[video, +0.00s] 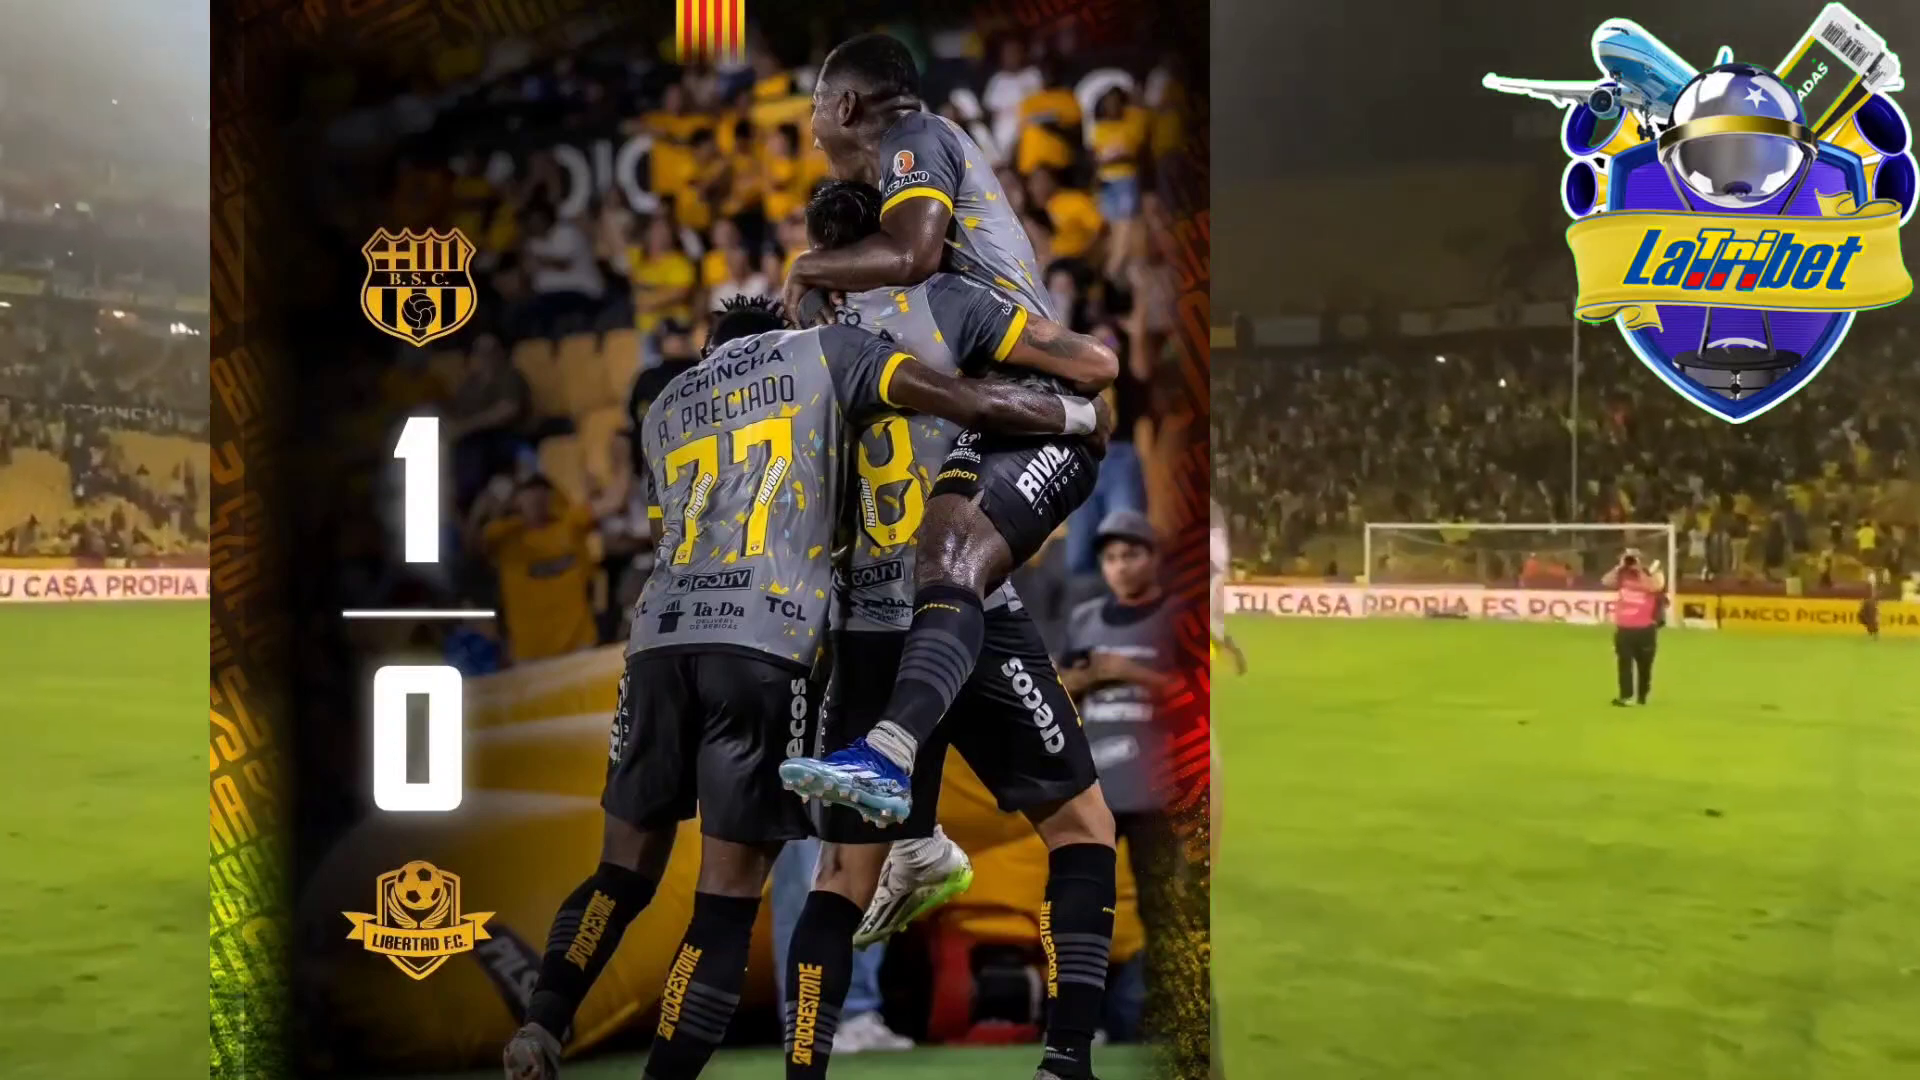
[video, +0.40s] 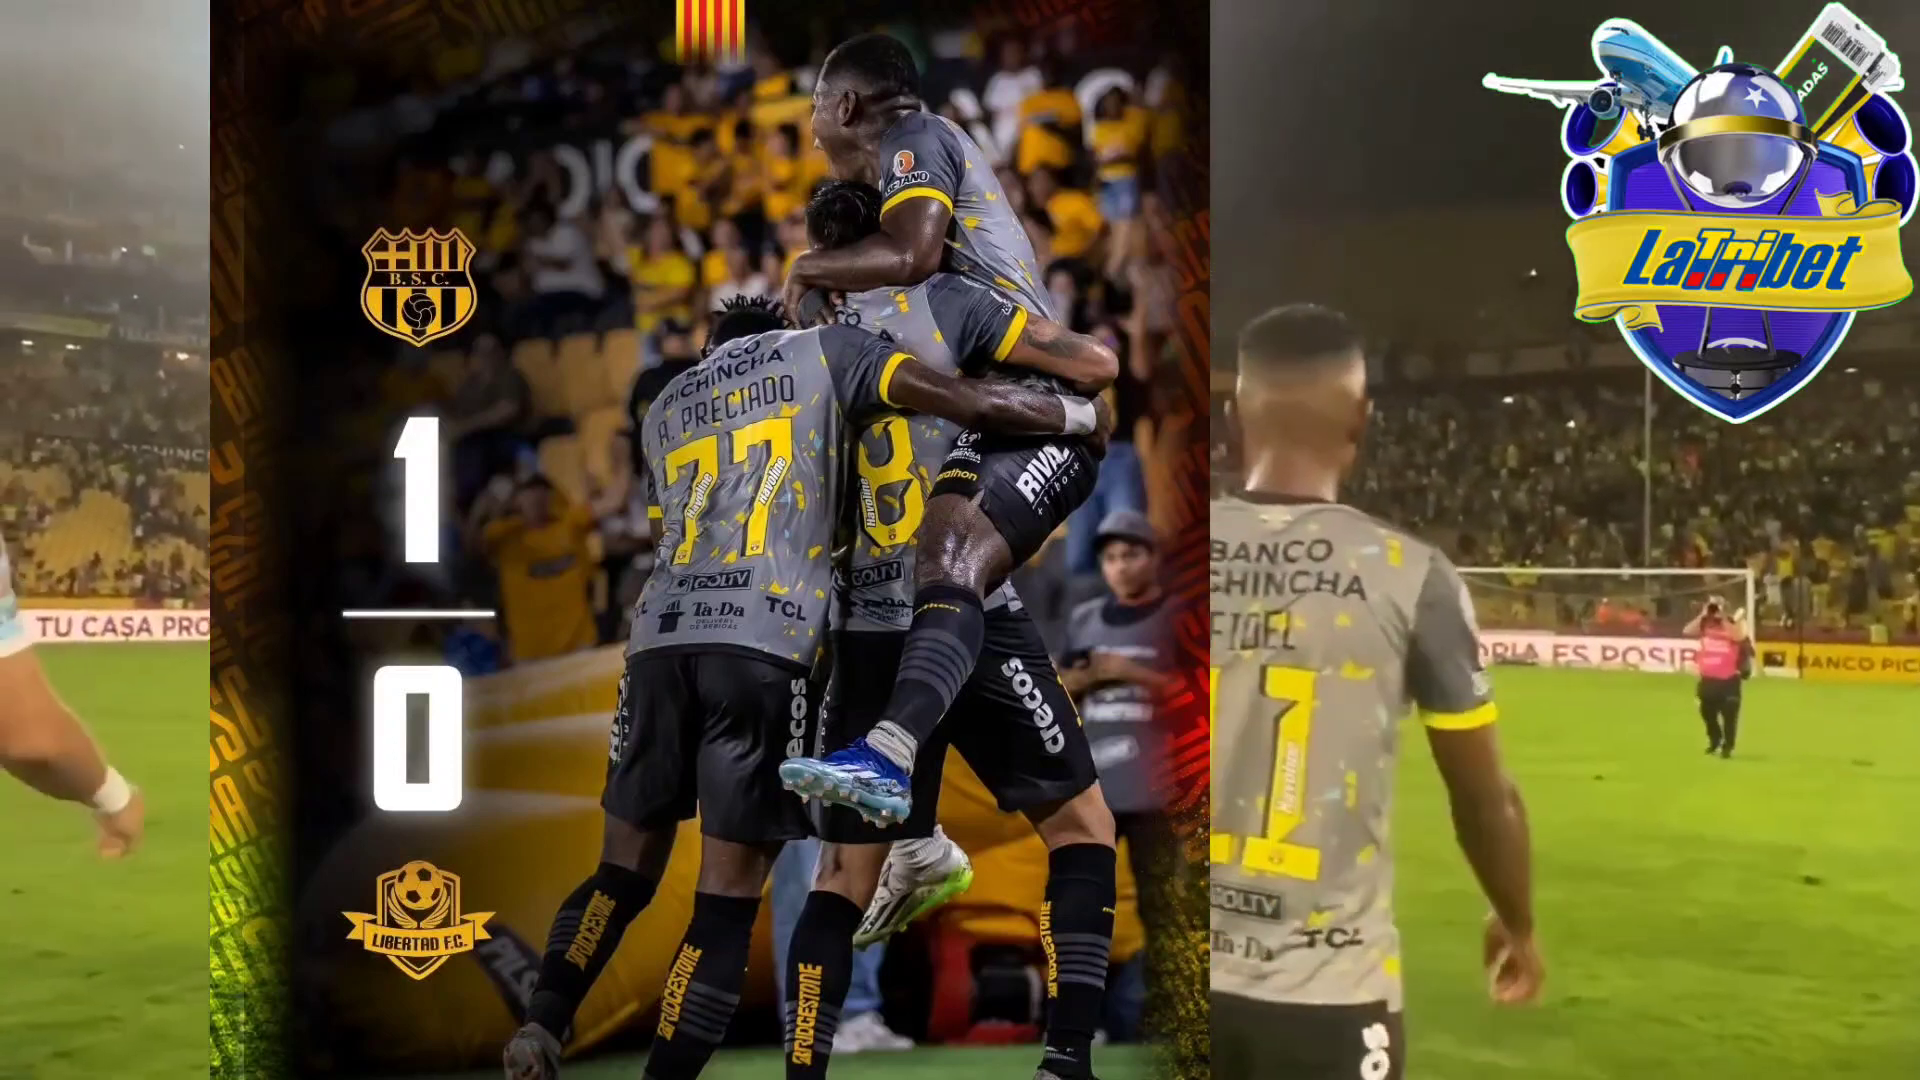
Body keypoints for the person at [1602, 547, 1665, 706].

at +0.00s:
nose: (1632, 565)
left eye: (1635, 561)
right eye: (1628, 562)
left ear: (1641, 562)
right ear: (1625, 564)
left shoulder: (1650, 577)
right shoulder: (1623, 578)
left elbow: (1655, 587)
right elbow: (1605, 581)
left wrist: (1640, 571)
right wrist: (1619, 567)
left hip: (1644, 626)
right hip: (1625, 626)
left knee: (1644, 665)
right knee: (1624, 664)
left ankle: (1642, 695)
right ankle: (1626, 695)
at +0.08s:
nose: (1654, 578)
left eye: (1657, 574)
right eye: (1651, 575)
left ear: (1663, 575)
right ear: (1647, 577)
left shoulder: (1671, 591)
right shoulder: (1645, 591)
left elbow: (1677, 600)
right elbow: (1627, 595)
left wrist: (1663, 583)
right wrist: (1642, 581)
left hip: (1668, 641)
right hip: (1648, 640)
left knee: (1667, 678)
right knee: (1645, 678)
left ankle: (1664, 709)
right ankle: (1649, 707)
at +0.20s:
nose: (1675, 592)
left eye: (1679, 588)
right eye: (1672, 588)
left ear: (1685, 589)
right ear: (1669, 590)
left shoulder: (1693, 605)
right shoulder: (1667, 605)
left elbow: (1699, 615)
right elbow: (1650, 610)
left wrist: (1686, 598)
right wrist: (1664, 595)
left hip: (1690, 655)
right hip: (1670, 654)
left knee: (1690, 692)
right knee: (1665, 689)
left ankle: (1687, 723)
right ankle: (1673, 716)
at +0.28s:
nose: (1695, 605)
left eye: (1699, 601)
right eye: (1692, 601)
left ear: (1706, 602)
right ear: (1689, 603)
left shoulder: (1713, 618)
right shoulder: (1687, 617)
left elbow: (1720, 627)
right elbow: (1669, 621)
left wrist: (1706, 611)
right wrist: (1684, 607)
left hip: (1710, 667)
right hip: (1690, 667)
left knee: (1711, 705)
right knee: (1685, 700)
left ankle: (1708, 735)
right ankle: (1693, 726)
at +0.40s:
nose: (1714, 612)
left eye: (1717, 608)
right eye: (1711, 609)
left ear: (1724, 609)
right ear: (1707, 611)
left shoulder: (1732, 625)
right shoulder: (1705, 626)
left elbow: (1737, 637)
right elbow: (1686, 631)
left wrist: (1724, 618)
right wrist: (1701, 616)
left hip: (1729, 677)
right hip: (1708, 676)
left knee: (1730, 714)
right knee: (1707, 711)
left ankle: (1728, 745)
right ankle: (1714, 738)